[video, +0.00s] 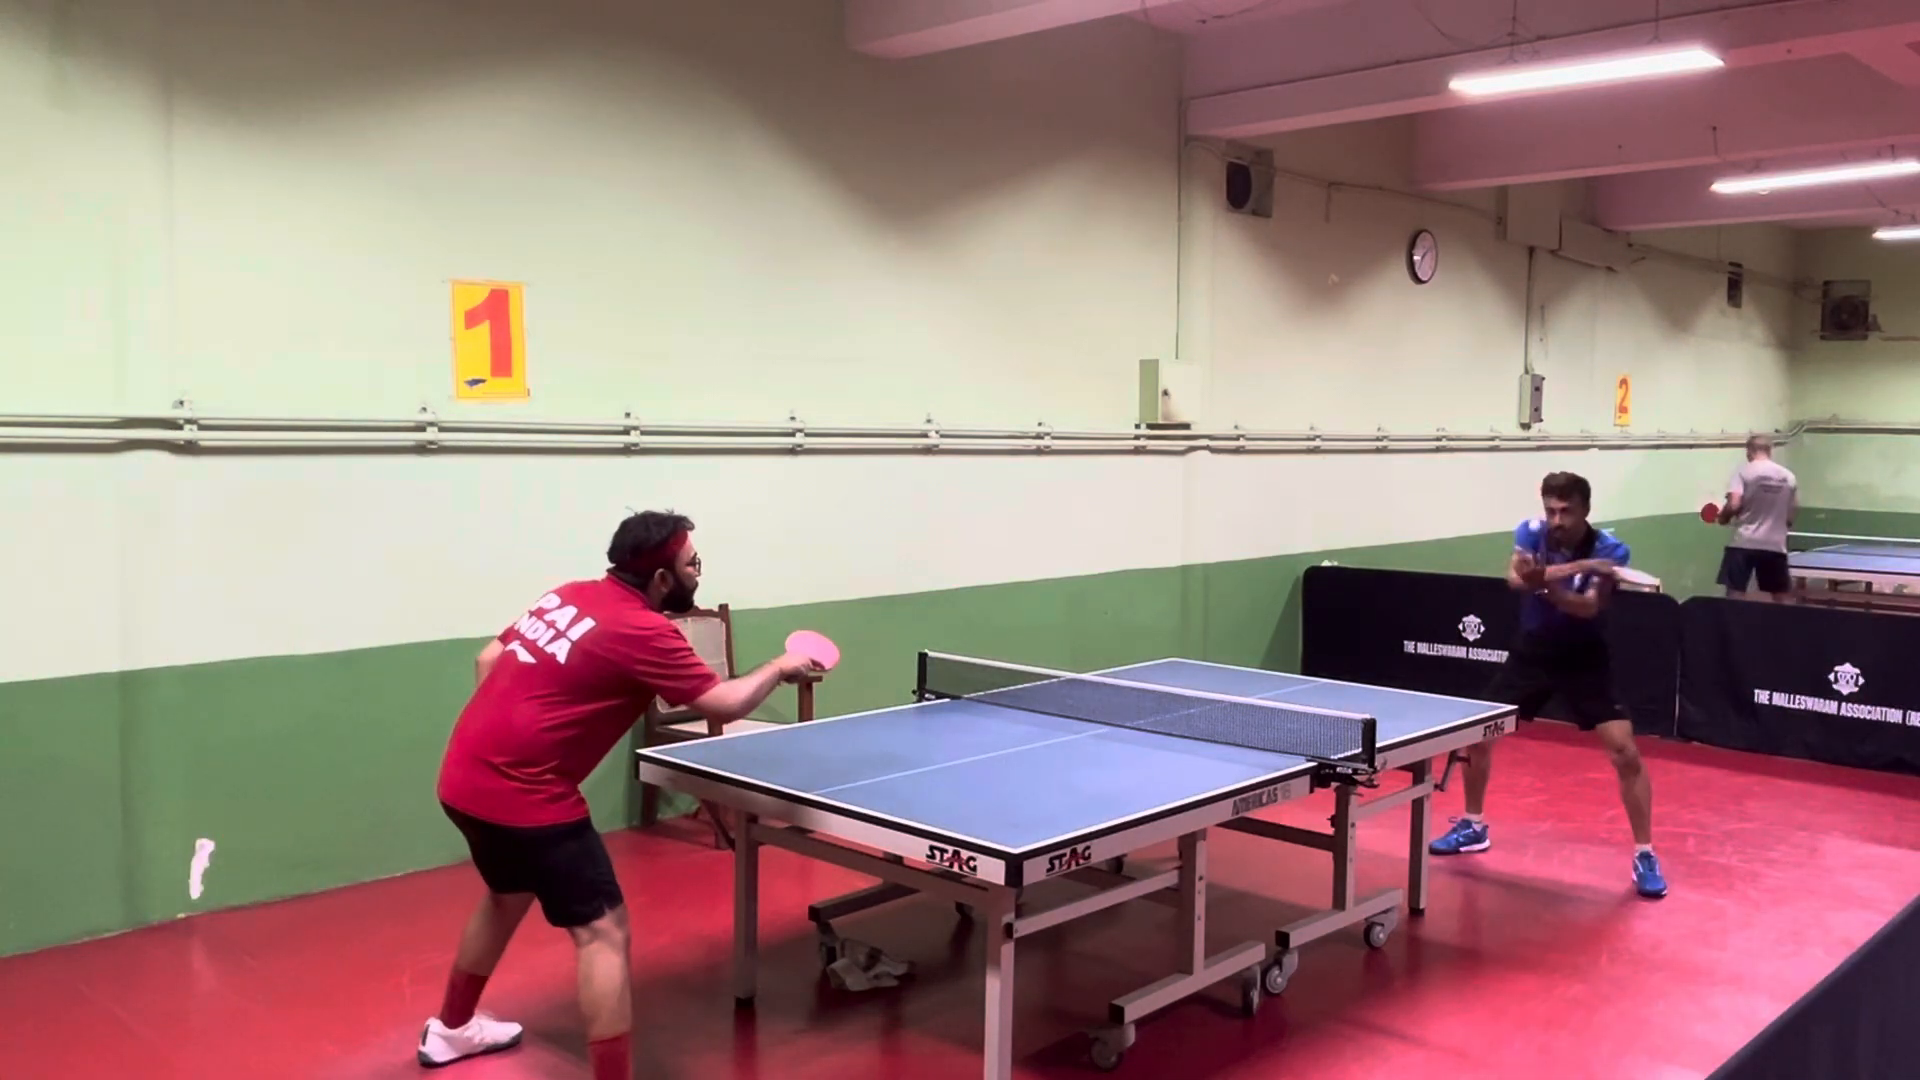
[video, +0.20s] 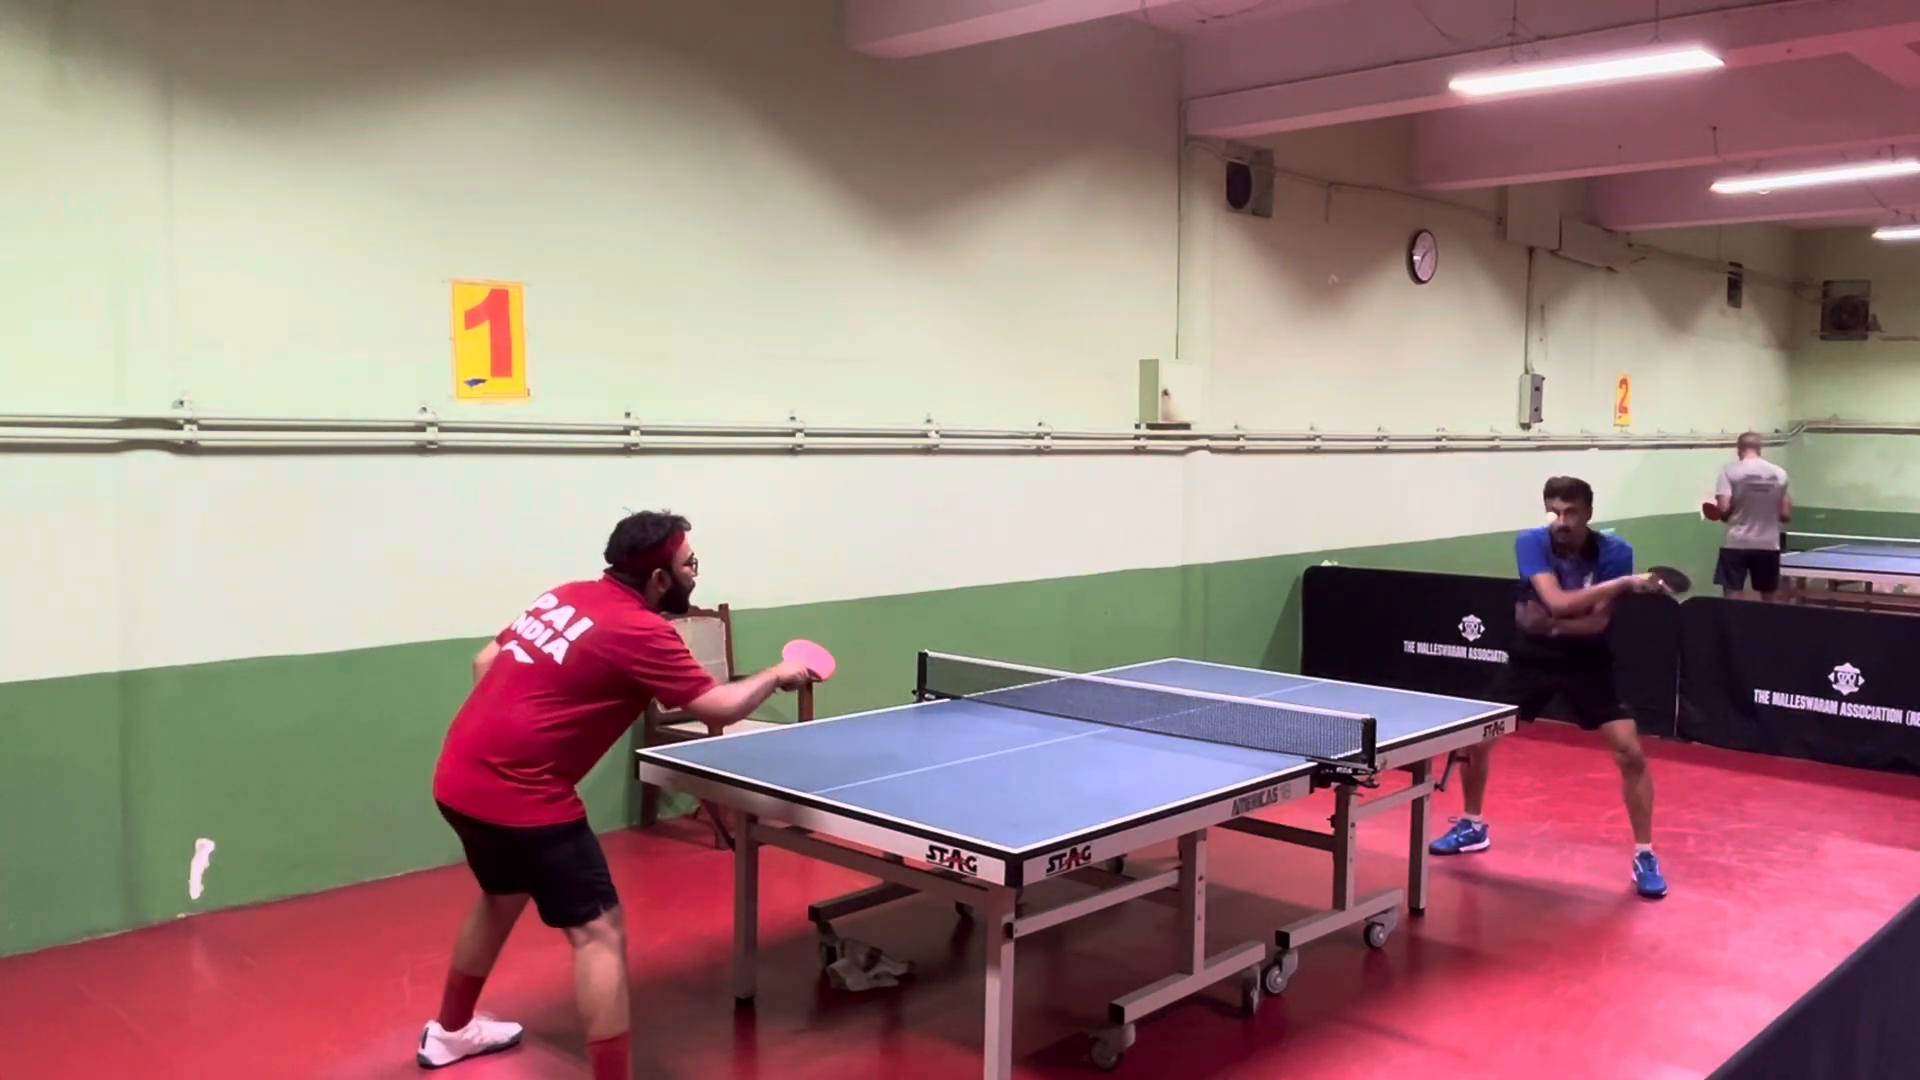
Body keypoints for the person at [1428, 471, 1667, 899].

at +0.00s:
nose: (1555, 521)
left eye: (1564, 512)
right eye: (1549, 512)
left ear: (1586, 512)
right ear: (1542, 510)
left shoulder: (1607, 550)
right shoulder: (1532, 534)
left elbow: (1592, 606)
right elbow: (1517, 580)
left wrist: (1545, 584)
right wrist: (1585, 566)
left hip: (1586, 662)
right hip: (1531, 656)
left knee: (1626, 753)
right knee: (1477, 732)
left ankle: (1645, 854)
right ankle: (1472, 824)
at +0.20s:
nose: (1561, 522)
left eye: (1570, 513)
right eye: (1554, 513)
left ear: (1589, 514)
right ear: (1546, 513)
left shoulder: (1615, 552)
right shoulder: (1531, 543)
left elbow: (1599, 622)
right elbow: (1557, 602)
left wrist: (1548, 623)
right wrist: (1627, 584)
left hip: (1589, 660)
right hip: (1533, 657)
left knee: (1631, 754)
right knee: (1475, 731)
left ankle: (1644, 854)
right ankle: (1472, 824)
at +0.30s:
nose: (1559, 550)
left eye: (1568, 539)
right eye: (1551, 540)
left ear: (1586, 533)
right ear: (1540, 534)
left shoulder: (1609, 560)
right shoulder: (1527, 560)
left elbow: (1597, 631)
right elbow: (1561, 623)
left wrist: (1550, 654)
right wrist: (1627, 599)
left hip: (1591, 662)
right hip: (1536, 660)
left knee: (1637, 755)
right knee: (1468, 736)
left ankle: (1644, 855)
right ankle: (1471, 824)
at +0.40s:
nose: (1558, 576)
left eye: (1564, 568)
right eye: (1550, 569)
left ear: (1578, 555)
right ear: (1539, 561)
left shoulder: (1609, 581)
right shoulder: (1528, 568)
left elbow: (1598, 647)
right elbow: (1525, 635)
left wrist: (1551, 689)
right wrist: (1589, 627)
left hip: (1592, 668)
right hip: (1538, 664)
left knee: (1642, 761)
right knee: (1470, 741)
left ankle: (1644, 856)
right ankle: (1471, 825)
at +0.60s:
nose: (1565, 594)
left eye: (1570, 586)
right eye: (1558, 587)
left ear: (1592, 570)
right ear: (1551, 573)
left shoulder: (1623, 617)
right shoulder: (1569, 559)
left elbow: (1601, 675)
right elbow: (1542, 526)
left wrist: (1556, 711)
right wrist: (1474, 534)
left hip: (1601, 684)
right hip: (1548, 670)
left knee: (1632, 769)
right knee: (1481, 728)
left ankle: (1642, 858)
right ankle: (1471, 824)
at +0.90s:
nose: (1556, 551)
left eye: (1563, 542)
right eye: (1553, 542)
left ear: (1590, 537)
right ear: (1554, 540)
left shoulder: (1618, 593)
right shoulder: (1570, 560)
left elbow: (1604, 665)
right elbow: (1554, 573)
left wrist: (1552, 702)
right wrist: (1505, 570)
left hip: (1600, 676)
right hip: (1551, 661)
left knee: (1627, 770)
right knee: (1491, 729)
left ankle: (1642, 858)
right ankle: (1461, 817)